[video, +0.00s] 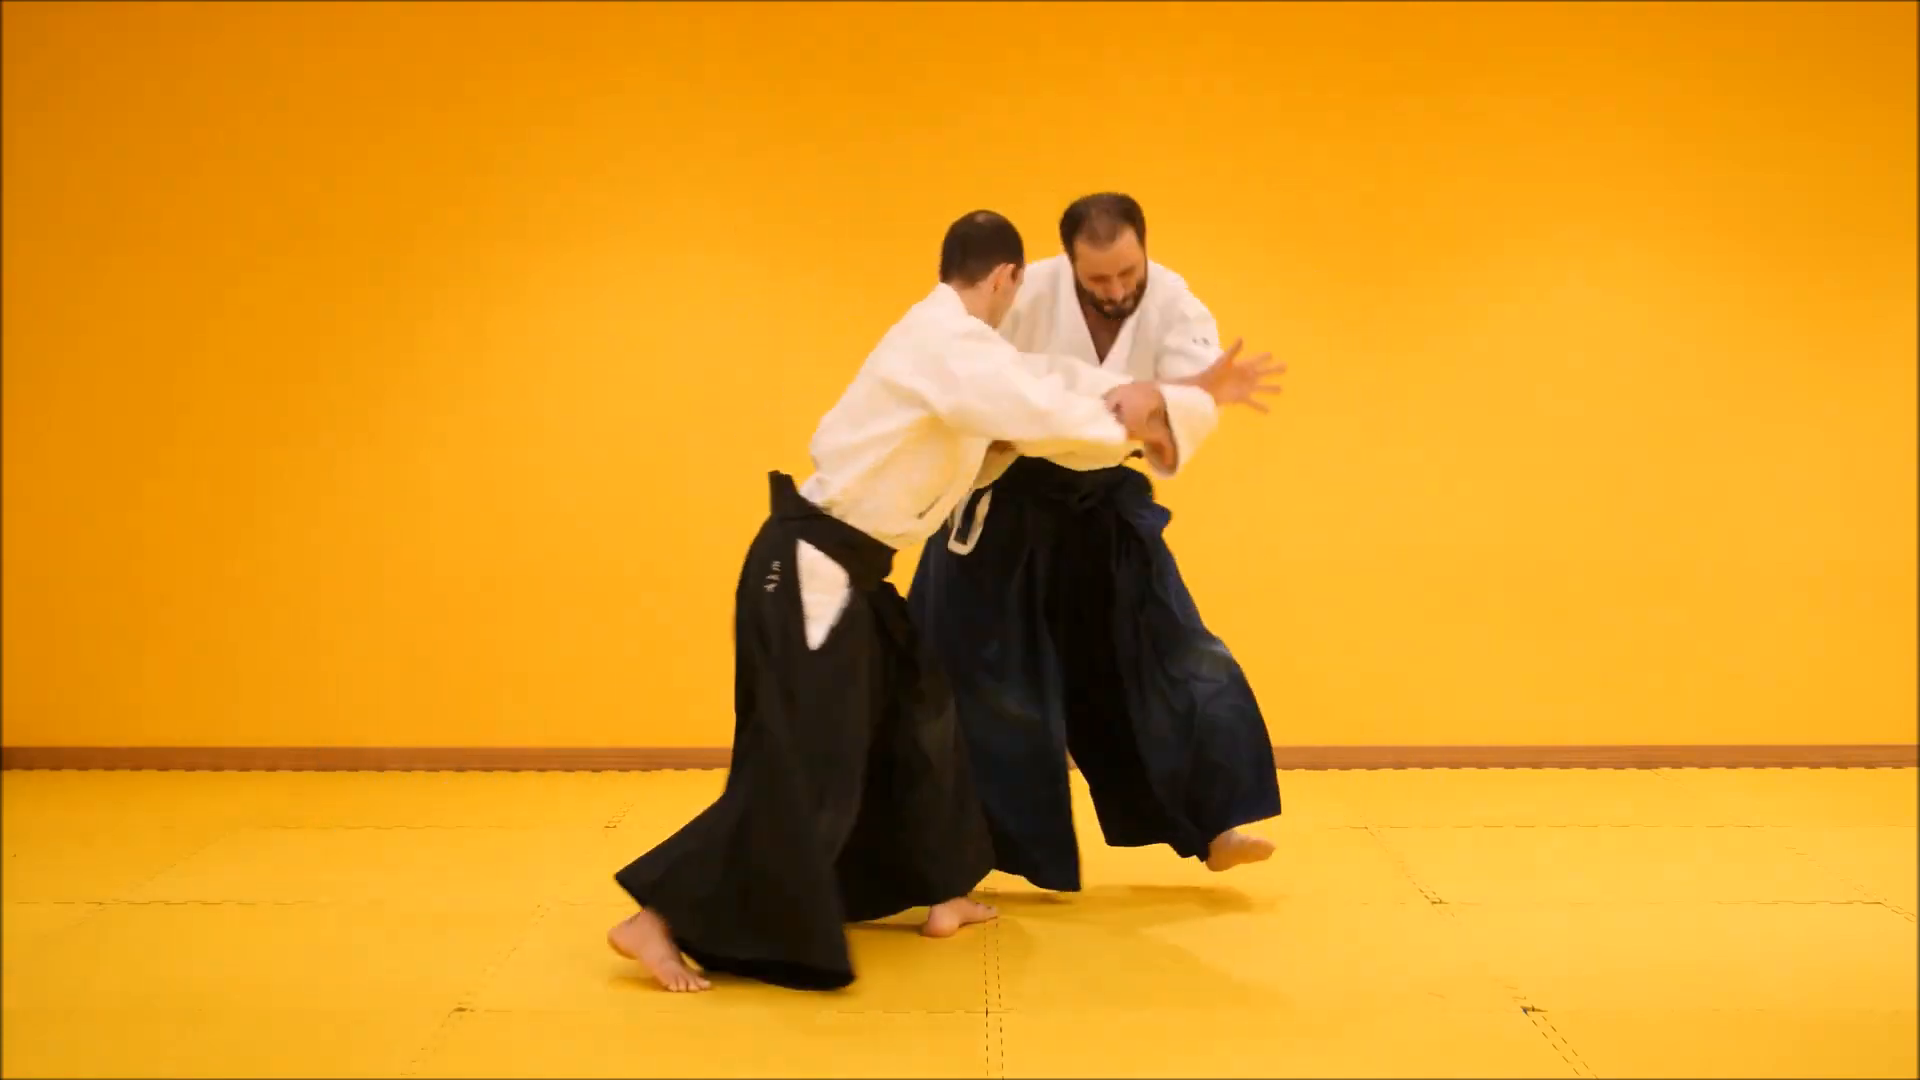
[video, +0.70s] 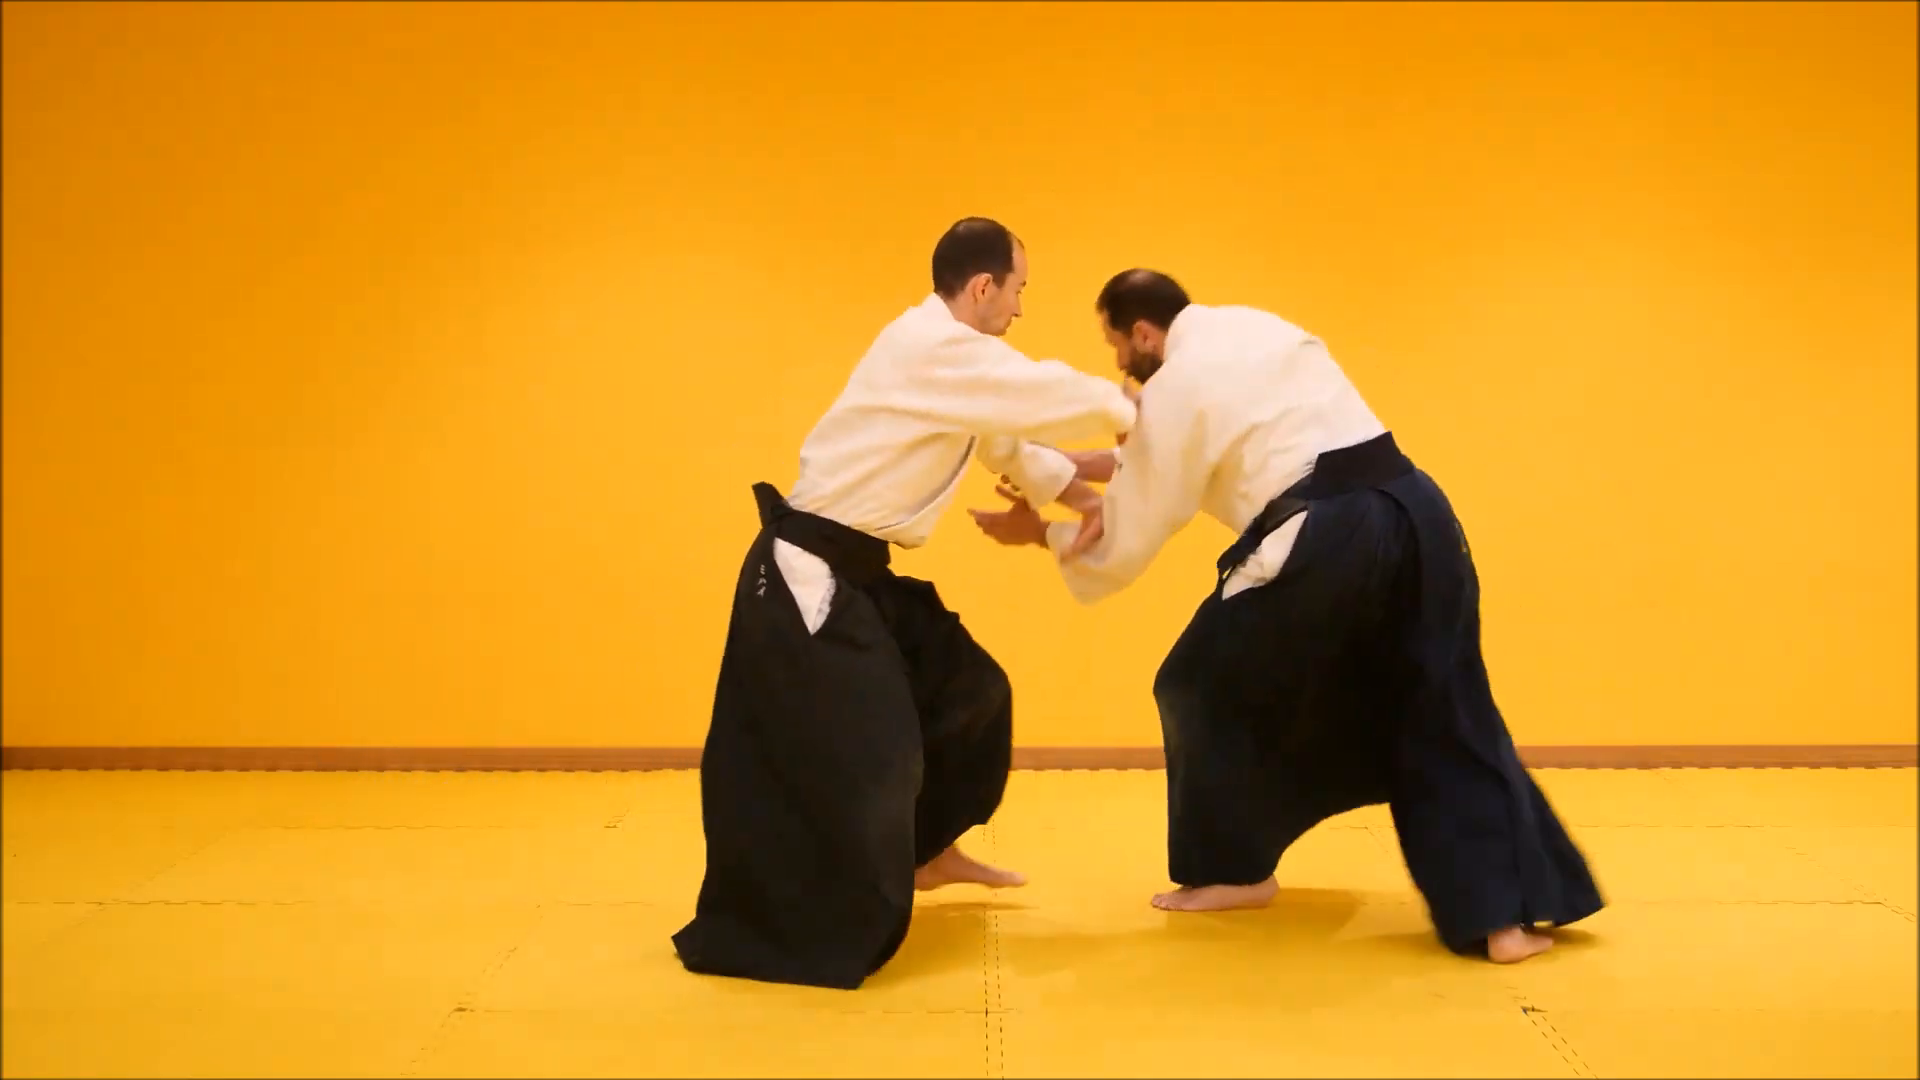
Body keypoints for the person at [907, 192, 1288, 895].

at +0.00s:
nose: (1114, 290)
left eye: (1128, 273)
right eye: (1098, 277)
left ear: (1146, 253)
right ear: (1068, 259)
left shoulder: (1174, 305)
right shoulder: (1026, 288)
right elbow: (970, 375)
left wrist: (1155, 405)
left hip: (1110, 501)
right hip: (1007, 495)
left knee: (1178, 648)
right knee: (961, 664)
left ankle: (1212, 824)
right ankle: (949, 866)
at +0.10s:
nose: (1094, 350)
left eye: (1109, 337)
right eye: (1085, 332)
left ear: (1156, 317)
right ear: (1075, 312)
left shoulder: (1204, 370)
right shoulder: (1070, 320)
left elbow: (1189, 487)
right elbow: (1027, 400)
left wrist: (1090, 475)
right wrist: (1045, 476)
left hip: (1163, 528)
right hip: (1055, 508)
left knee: (1186, 686)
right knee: (949, 649)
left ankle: (1188, 866)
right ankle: (866, 812)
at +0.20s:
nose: (1079, 392)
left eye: (1089, 381)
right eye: (1076, 377)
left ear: (1138, 370)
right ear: (1129, 364)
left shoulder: (1208, 419)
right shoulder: (1095, 385)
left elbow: (1144, 552)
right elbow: (1043, 470)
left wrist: (1024, 530)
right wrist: (1007, 506)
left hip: (1223, 554)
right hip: (1124, 533)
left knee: (1224, 712)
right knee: (1012, 587)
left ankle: (1190, 864)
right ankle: (919, 647)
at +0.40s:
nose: (1035, 448)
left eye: (1043, 440)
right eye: (1032, 435)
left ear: (1093, 434)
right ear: (1079, 409)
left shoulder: (1157, 482)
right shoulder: (1101, 396)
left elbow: (1097, 613)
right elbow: (1076, 503)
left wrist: (977, 586)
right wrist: (1003, 547)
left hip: (1280, 553)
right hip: (1278, 482)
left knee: (1201, 705)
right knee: (1353, 525)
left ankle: (1194, 868)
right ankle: (1484, 453)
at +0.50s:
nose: (1022, 447)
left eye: (1025, 437)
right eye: (1019, 432)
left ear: (1067, 432)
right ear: (1077, 400)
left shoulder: (1134, 474)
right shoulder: (1121, 383)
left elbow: (1109, 618)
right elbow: (1092, 497)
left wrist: (994, 622)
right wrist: (1017, 540)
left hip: (1298, 540)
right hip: (1337, 473)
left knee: (1195, 687)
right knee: (1437, 619)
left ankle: (1190, 870)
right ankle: (1576, 625)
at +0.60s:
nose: (1059, 416)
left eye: (1056, 406)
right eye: (1056, 405)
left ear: (1073, 396)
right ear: (1104, 358)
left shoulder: (1130, 452)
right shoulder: (1171, 352)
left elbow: (1116, 598)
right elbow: (1148, 476)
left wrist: (1020, 596)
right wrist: (1069, 495)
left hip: (1315, 536)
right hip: (1390, 489)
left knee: (1198, 686)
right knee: (1451, 672)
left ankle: (1206, 870)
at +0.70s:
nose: (1121, 363)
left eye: (1116, 349)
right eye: (1117, 350)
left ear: (1139, 331)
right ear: (1179, 310)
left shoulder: (1173, 387)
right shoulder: (1263, 331)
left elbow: (1121, 542)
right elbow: (1200, 448)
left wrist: (1049, 533)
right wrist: (1114, 472)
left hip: (1317, 531)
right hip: (1414, 509)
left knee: (1195, 685)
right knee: (1442, 713)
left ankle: (1234, 872)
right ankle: (1498, 916)